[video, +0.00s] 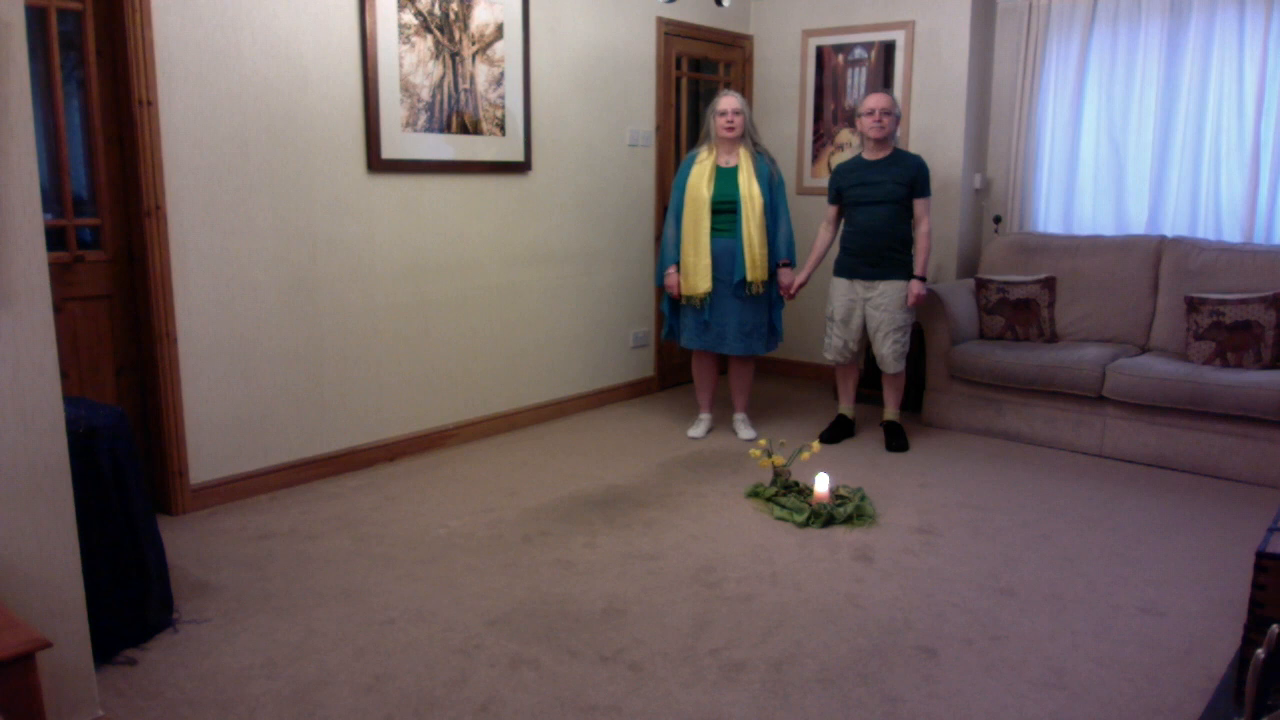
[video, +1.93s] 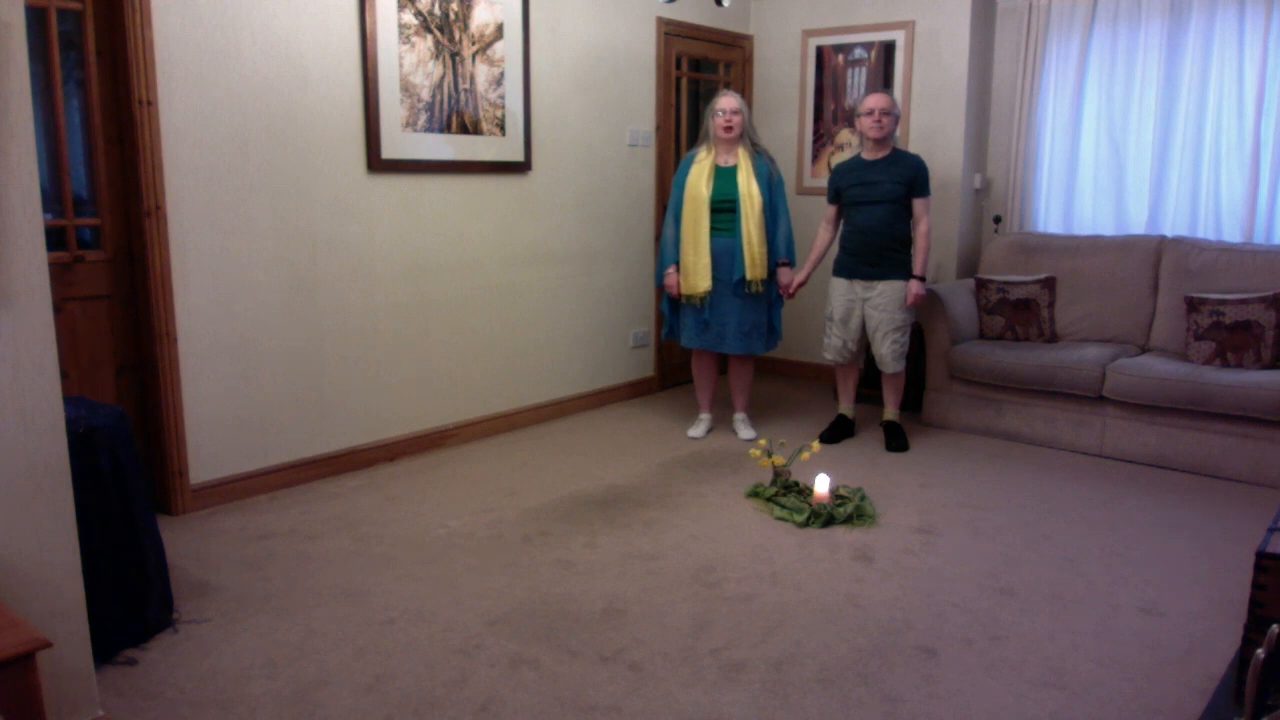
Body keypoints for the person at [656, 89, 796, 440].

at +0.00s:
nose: (729, 119)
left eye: (736, 113)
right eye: (722, 114)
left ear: (746, 119)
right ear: (712, 120)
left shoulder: (762, 164)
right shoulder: (693, 162)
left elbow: (779, 216)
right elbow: (674, 217)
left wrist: (784, 264)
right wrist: (671, 266)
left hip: (749, 268)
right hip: (700, 268)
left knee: (743, 344)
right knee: (702, 342)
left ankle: (741, 414)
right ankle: (704, 413)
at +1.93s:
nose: (727, 119)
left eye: (735, 113)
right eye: (720, 113)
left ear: (745, 119)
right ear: (710, 119)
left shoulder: (762, 163)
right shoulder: (692, 162)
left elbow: (779, 215)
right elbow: (673, 217)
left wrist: (783, 263)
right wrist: (670, 266)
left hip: (748, 268)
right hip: (700, 268)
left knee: (742, 344)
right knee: (702, 343)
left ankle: (741, 414)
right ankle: (705, 413)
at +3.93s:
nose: (728, 119)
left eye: (735, 113)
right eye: (721, 114)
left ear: (745, 119)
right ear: (710, 120)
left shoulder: (761, 163)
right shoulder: (692, 163)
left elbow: (779, 215)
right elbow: (673, 218)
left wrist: (784, 264)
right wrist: (670, 266)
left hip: (748, 268)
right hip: (700, 268)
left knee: (742, 344)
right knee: (702, 343)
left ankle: (741, 415)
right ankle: (704, 413)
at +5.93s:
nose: (729, 119)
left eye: (736, 113)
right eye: (722, 113)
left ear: (746, 119)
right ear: (712, 120)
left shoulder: (763, 164)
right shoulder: (693, 163)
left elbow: (780, 216)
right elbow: (675, 217)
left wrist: (785, 264)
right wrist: (667, 264)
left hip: (749, 268)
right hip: (700, 268)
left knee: (743, 344)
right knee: (702, 342)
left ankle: (741, 414)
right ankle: (705, 413)